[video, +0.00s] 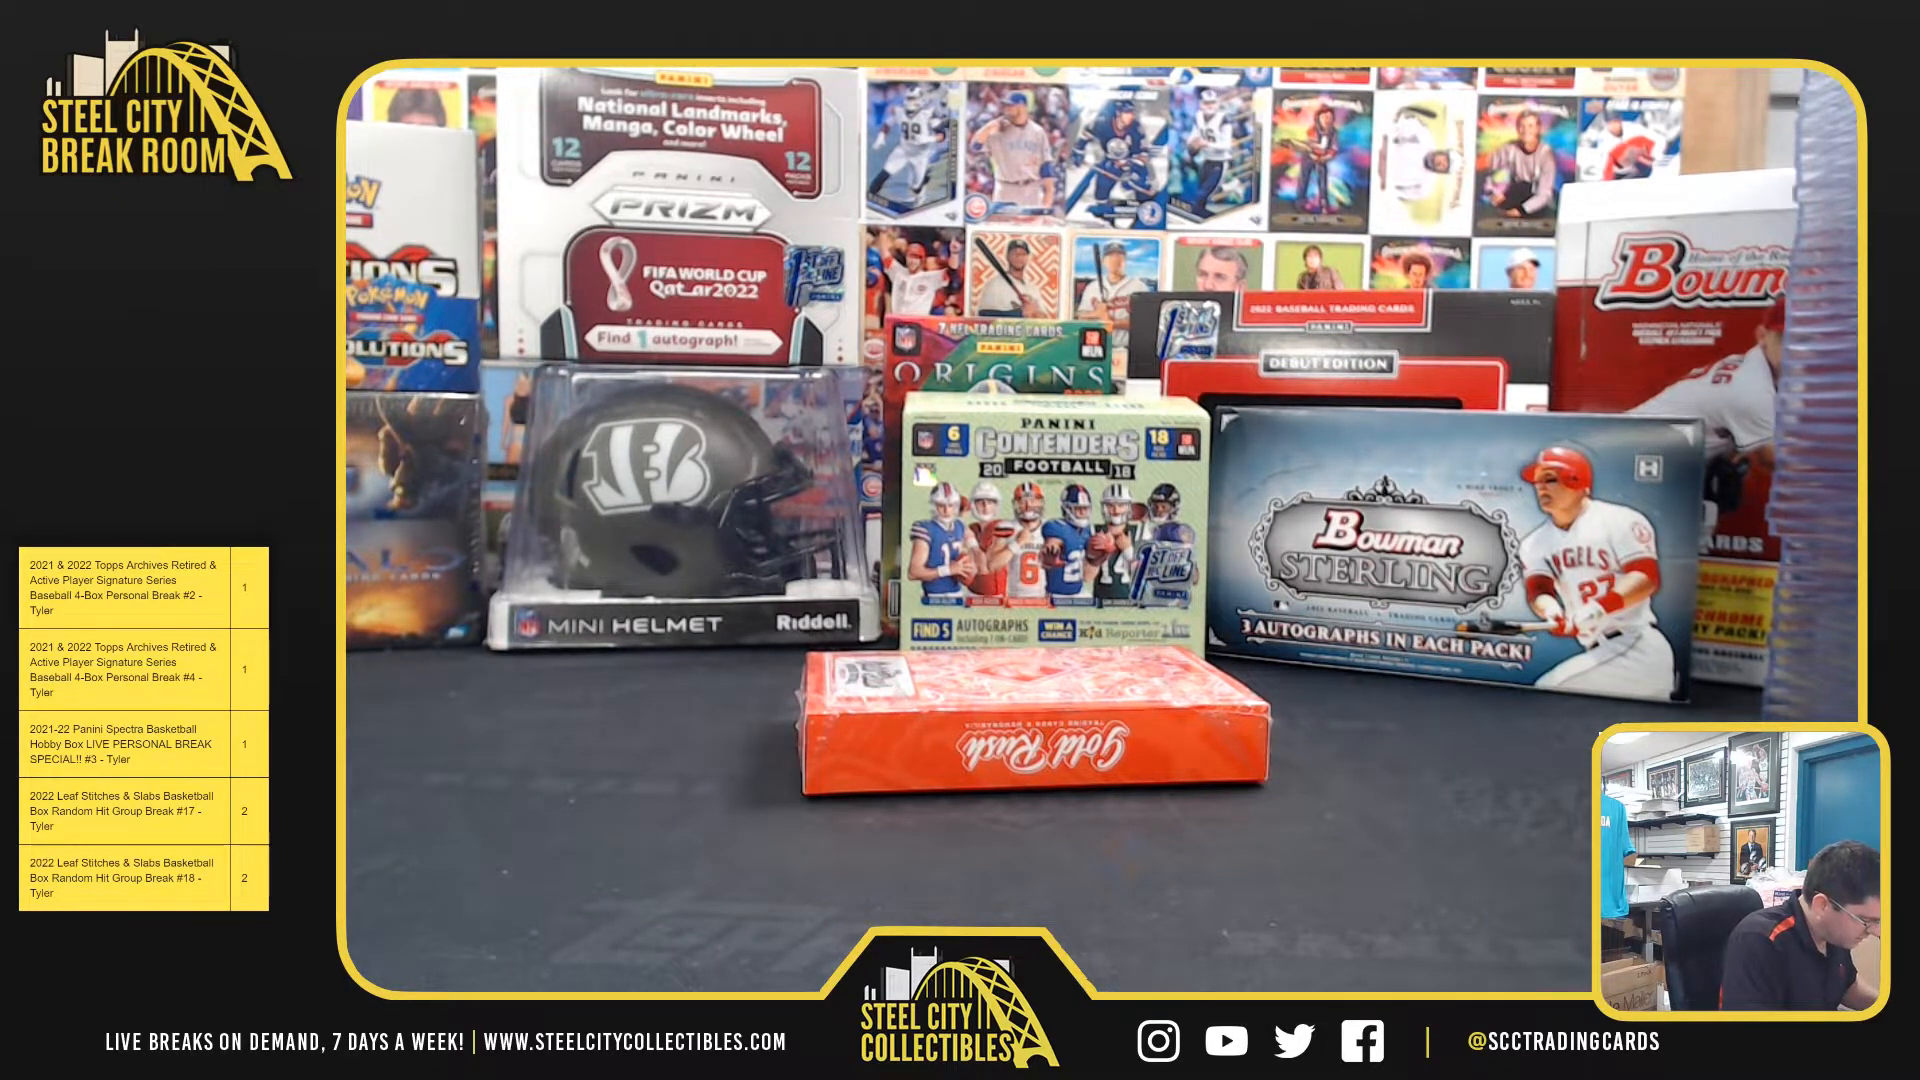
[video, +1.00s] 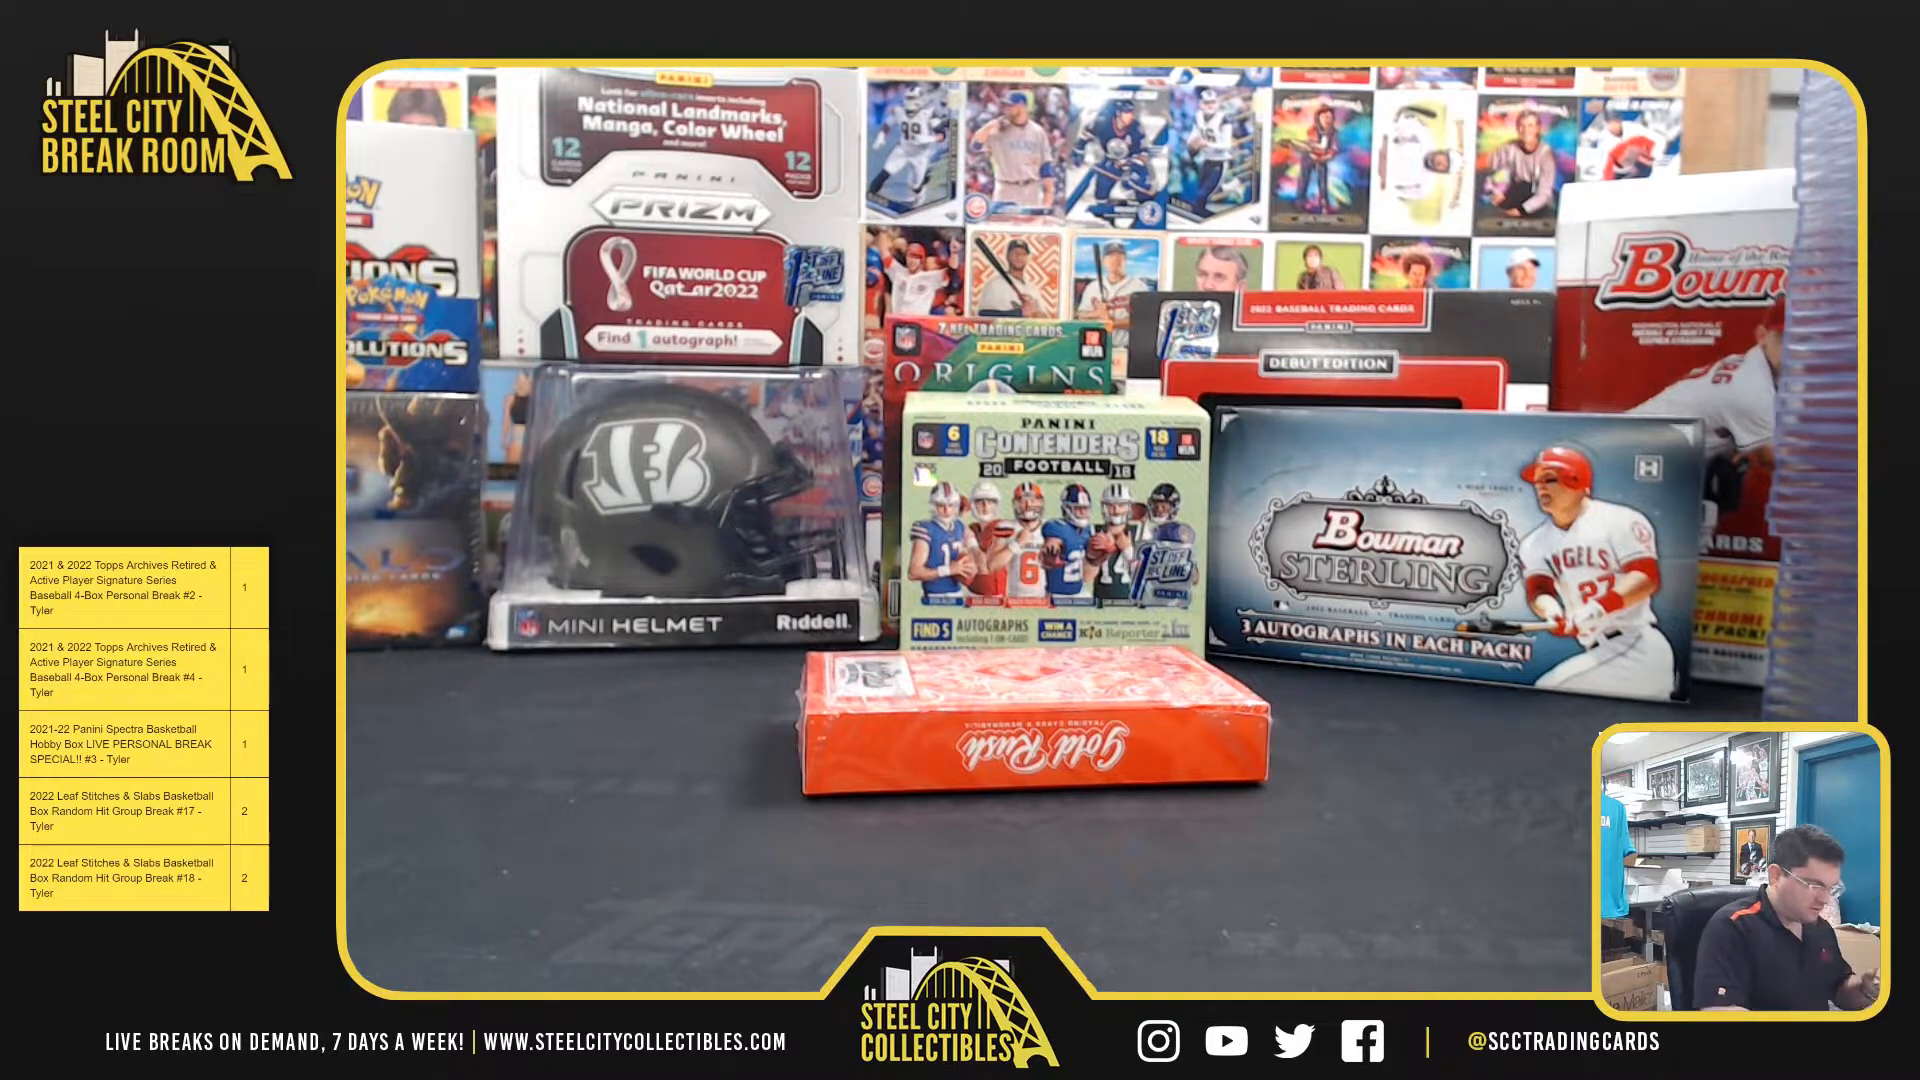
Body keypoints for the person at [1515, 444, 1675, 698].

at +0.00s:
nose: (1540, 490)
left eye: (1550, 481)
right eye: (1537, 484)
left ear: (1578, 484)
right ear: (1533, 488)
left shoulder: (1624, 521)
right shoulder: (1534, 545)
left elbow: (1646, 577)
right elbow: (1538, 592)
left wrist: (1598, 608)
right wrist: (1554, 614)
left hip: (1638, 647)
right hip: (1598, 651)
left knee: (1546, 693)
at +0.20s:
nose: (1540, 490)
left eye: (1550, 481)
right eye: (1537, 484)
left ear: (1578, 484)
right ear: (1533, 488)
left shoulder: (1624, 521)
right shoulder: (1534, 545)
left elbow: (1646, 577)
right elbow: (1538, 591)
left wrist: (1598, 608)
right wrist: (1554, 614)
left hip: (1638, 647)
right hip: (1598, 651)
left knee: (1546, 692)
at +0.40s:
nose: (1540, 490)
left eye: (1549, 480)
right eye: (1537, 483)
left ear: (1578, 484)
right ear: (1533, 488)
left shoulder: (1624, 521)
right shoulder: (1534, 545)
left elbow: (1646, 577)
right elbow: (1538, 591)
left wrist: (1599, 608)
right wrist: (1553, 613)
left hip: (1638, 649)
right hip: (1599, 652)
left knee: (1546, 692)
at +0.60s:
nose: (1540, 490)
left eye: (1549, 480)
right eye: (1537, 483)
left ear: (1578, 484)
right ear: (1533, 488)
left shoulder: (1624, 521)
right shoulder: (1534, 545)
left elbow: (1646, 577)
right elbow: (1538, 591)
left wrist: (1599, 608)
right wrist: (1553, 613)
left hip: (1638, 649)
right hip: (1599, 652)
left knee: (1546, 692)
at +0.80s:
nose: (1540, 490)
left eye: (1550, 481)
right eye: (1537, 483)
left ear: (1578, 484)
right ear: (1533, 488)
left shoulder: (1624, 521)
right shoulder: (1534, 545)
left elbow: (1646, 577)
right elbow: (1539, 591)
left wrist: (1599, 608)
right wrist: (1554, 614)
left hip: (1638, 648)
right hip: (1599, 652)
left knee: (1546, 693)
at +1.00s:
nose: (1540, 490)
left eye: (1550, 481)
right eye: (1537, 484)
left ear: (1578, 484)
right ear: (1533, 488)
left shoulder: (1624, 521)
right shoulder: (1534, 545)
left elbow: (1646, 577)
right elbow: (1539, 591)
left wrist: (1599, 608)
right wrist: (1554, 614)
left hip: (1638, 648)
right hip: (1599, 652)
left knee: (1546, 692)